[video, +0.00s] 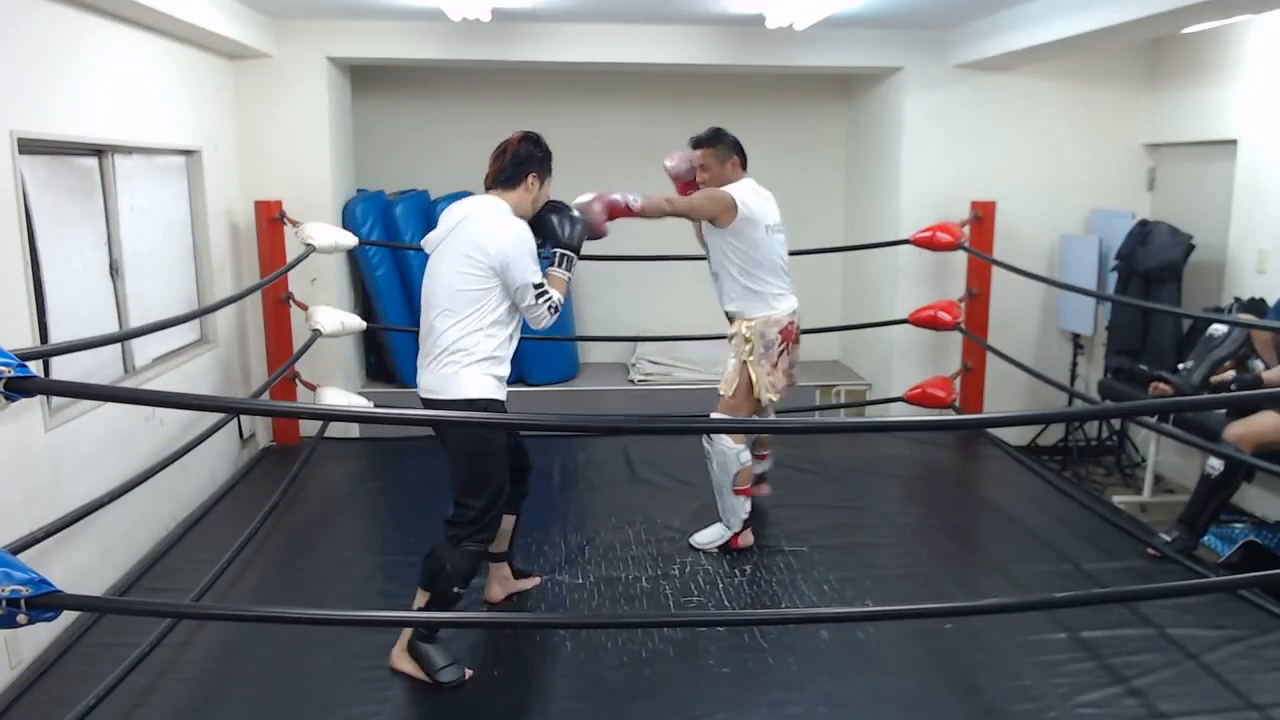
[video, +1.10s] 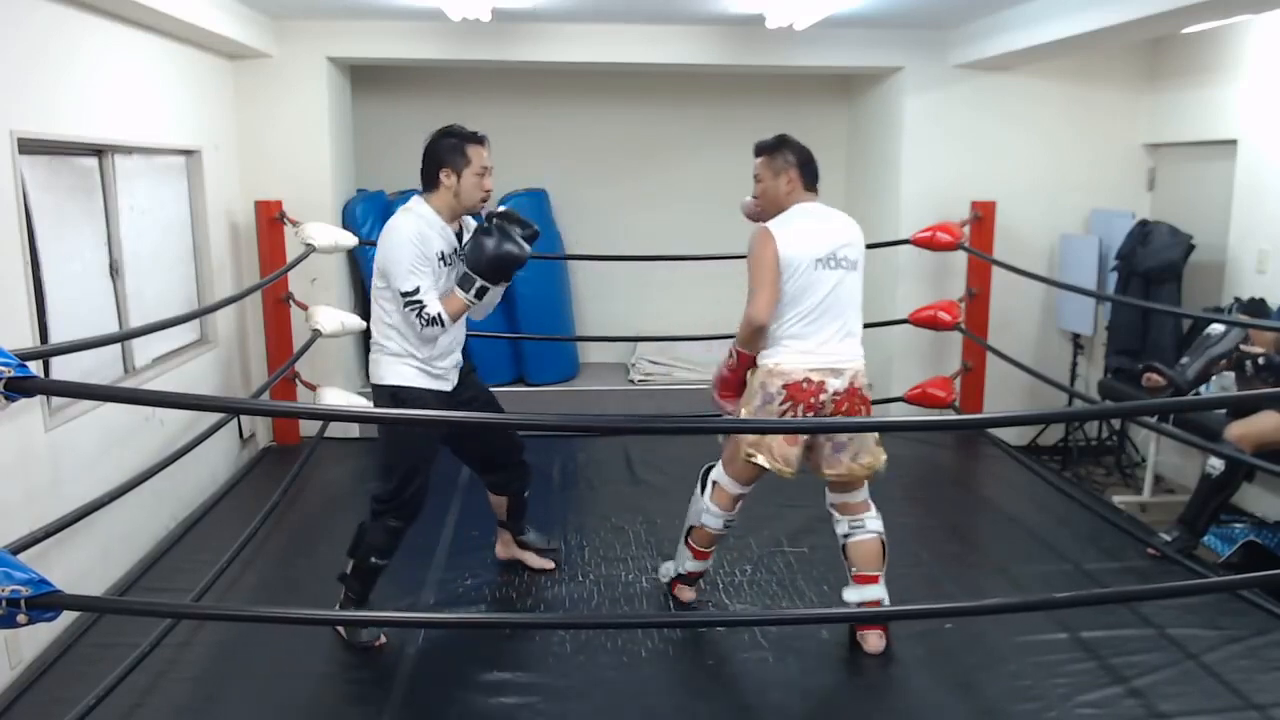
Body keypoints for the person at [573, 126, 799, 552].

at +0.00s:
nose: (698, 179)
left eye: (705, 168)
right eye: (696, 170)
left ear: (733, 165)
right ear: (739, 168)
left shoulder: (728, 199)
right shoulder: (760, 197)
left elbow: (669, 206)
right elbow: (715, 243)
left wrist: (612, 204)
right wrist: (685, 186)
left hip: (757, 327)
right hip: (778, 322)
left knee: (723, 432)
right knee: (758, 407)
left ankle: (735, 526)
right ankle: (758, 474)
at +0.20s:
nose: (720, 179)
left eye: (727, 168)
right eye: (717, 171)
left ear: (755, 163)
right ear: (758, 167)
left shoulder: (760, 205)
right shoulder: (779, 198)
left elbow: (738, 267)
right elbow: (738, 255)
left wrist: (679, 261)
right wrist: (712, 198)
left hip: (776, 332)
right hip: (801, 326)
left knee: (746, 429)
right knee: (801, 417)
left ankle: (740, 529)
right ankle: (839, 501)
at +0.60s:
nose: (741, 205)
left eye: (749, 195)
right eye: (738, 197)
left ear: (781, 192)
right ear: (784, 195)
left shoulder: (778, 233)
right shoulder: (812, 226)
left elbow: (735, 272)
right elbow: (771, 269)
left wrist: (696, 235)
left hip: (801, 365)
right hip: (838, 361)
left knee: (715, 440)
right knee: (816, 430)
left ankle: (698, 549)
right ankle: (853, 515)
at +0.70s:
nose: (721, 201)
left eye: (726, 192)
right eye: (720, 193)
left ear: (754, 186)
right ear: (765, 189)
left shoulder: (741, 222)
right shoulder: (807, 223)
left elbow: (668, 219)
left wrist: (604, 199)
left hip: (791, 363)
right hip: (837, 357)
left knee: (716, 452)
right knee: (837, 437)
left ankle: (696, 565)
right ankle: (854, 513)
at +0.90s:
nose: (721, 189)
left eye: (727, 177)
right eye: (721, 179)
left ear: (758, 174)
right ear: (764, 177)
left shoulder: (744, 225)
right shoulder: (817, 218)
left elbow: (694, 281)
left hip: (762, 372)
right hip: (823, 369)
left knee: (710, 471)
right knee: (840, 468)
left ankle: (689, 576)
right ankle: (871, 570)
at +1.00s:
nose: (737, 190)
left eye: (741, 178)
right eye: (736, 179)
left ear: (772, 173)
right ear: (785, 176)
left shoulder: (756, 230)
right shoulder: (832, 222)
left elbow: (737, 309)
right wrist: (750, 221)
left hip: (768, 378)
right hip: (832, 377)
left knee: (720, 478)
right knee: (845, 489)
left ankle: (685, 578)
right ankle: (872, 607)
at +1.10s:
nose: (754, 190)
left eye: (760, 180)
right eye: (754, 181)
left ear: (790, 177)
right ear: (801, 180)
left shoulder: (771, 235)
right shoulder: (849, 228)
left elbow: (759, 316)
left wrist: (737, 362)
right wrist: (768, 219)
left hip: (781, 388)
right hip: (846, 389)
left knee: (728, 484)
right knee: (854, 504)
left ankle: (687, 579)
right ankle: (872, 626)